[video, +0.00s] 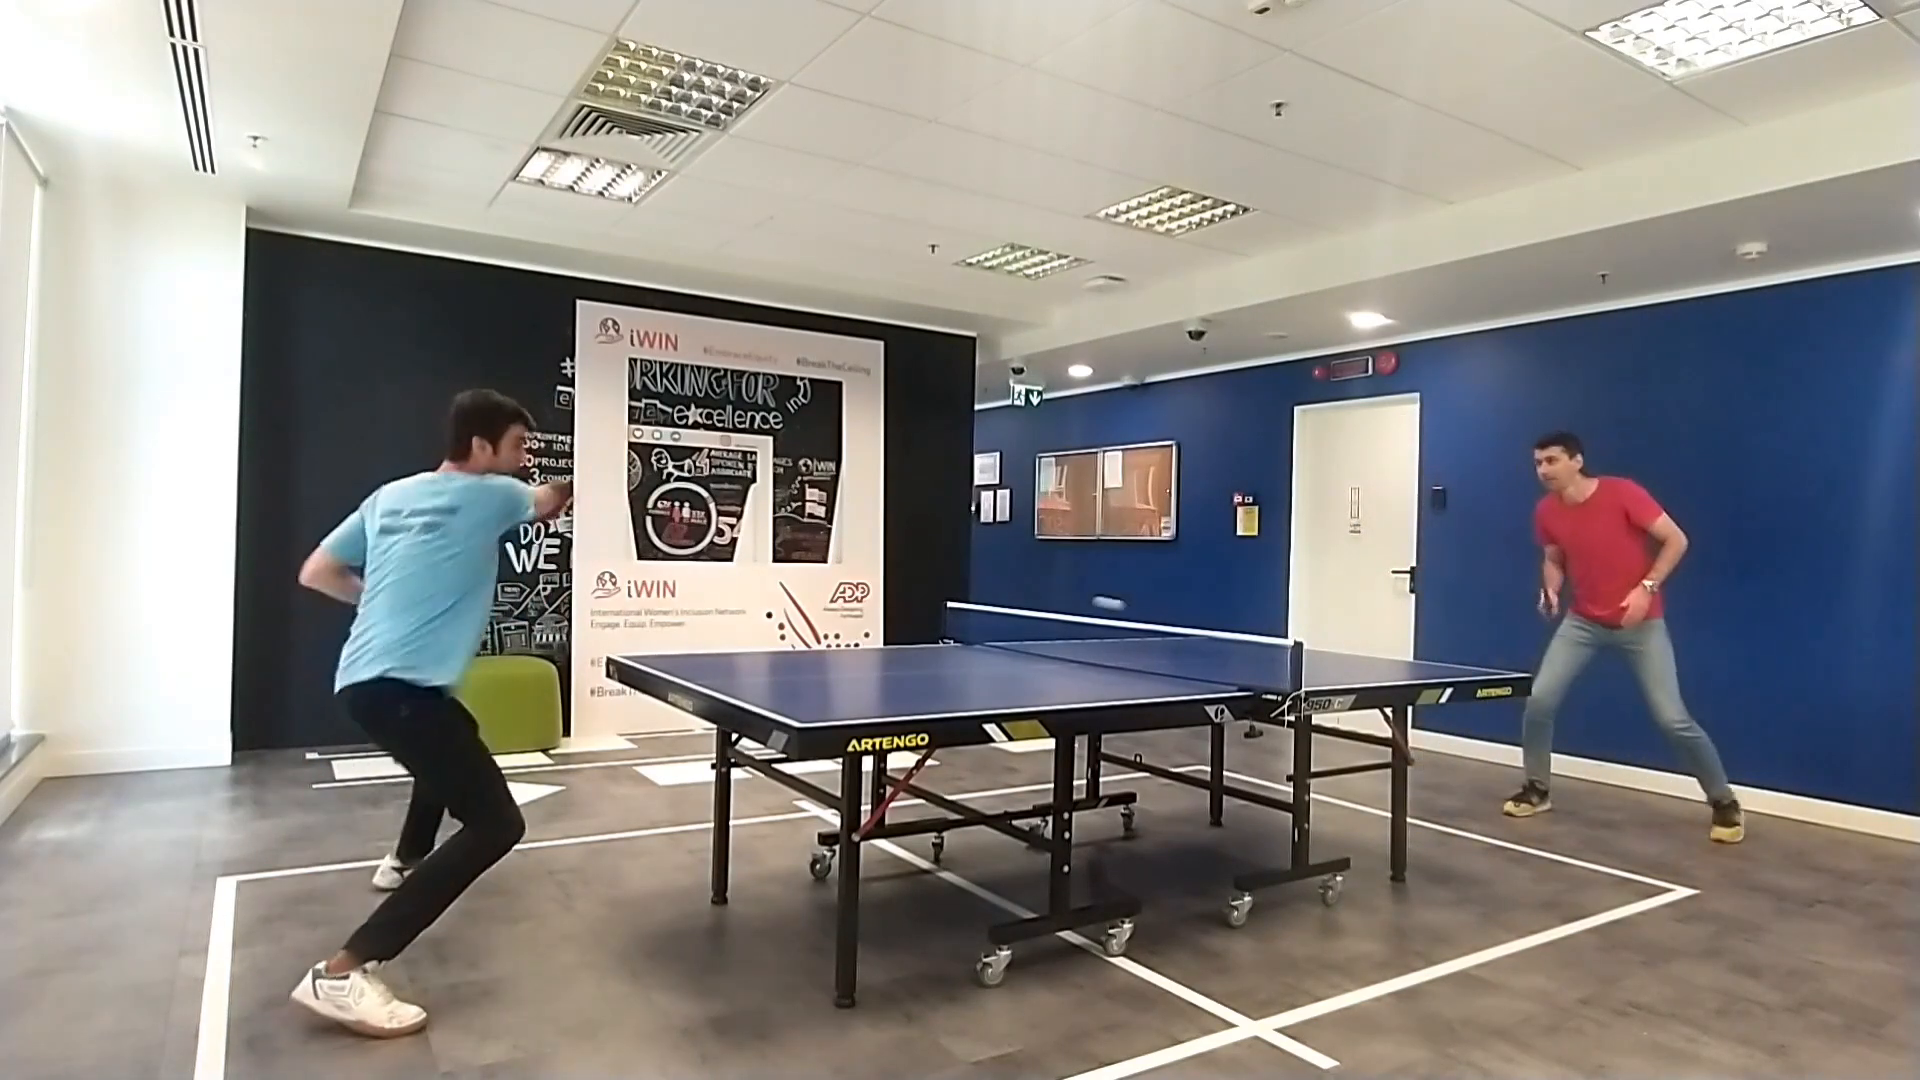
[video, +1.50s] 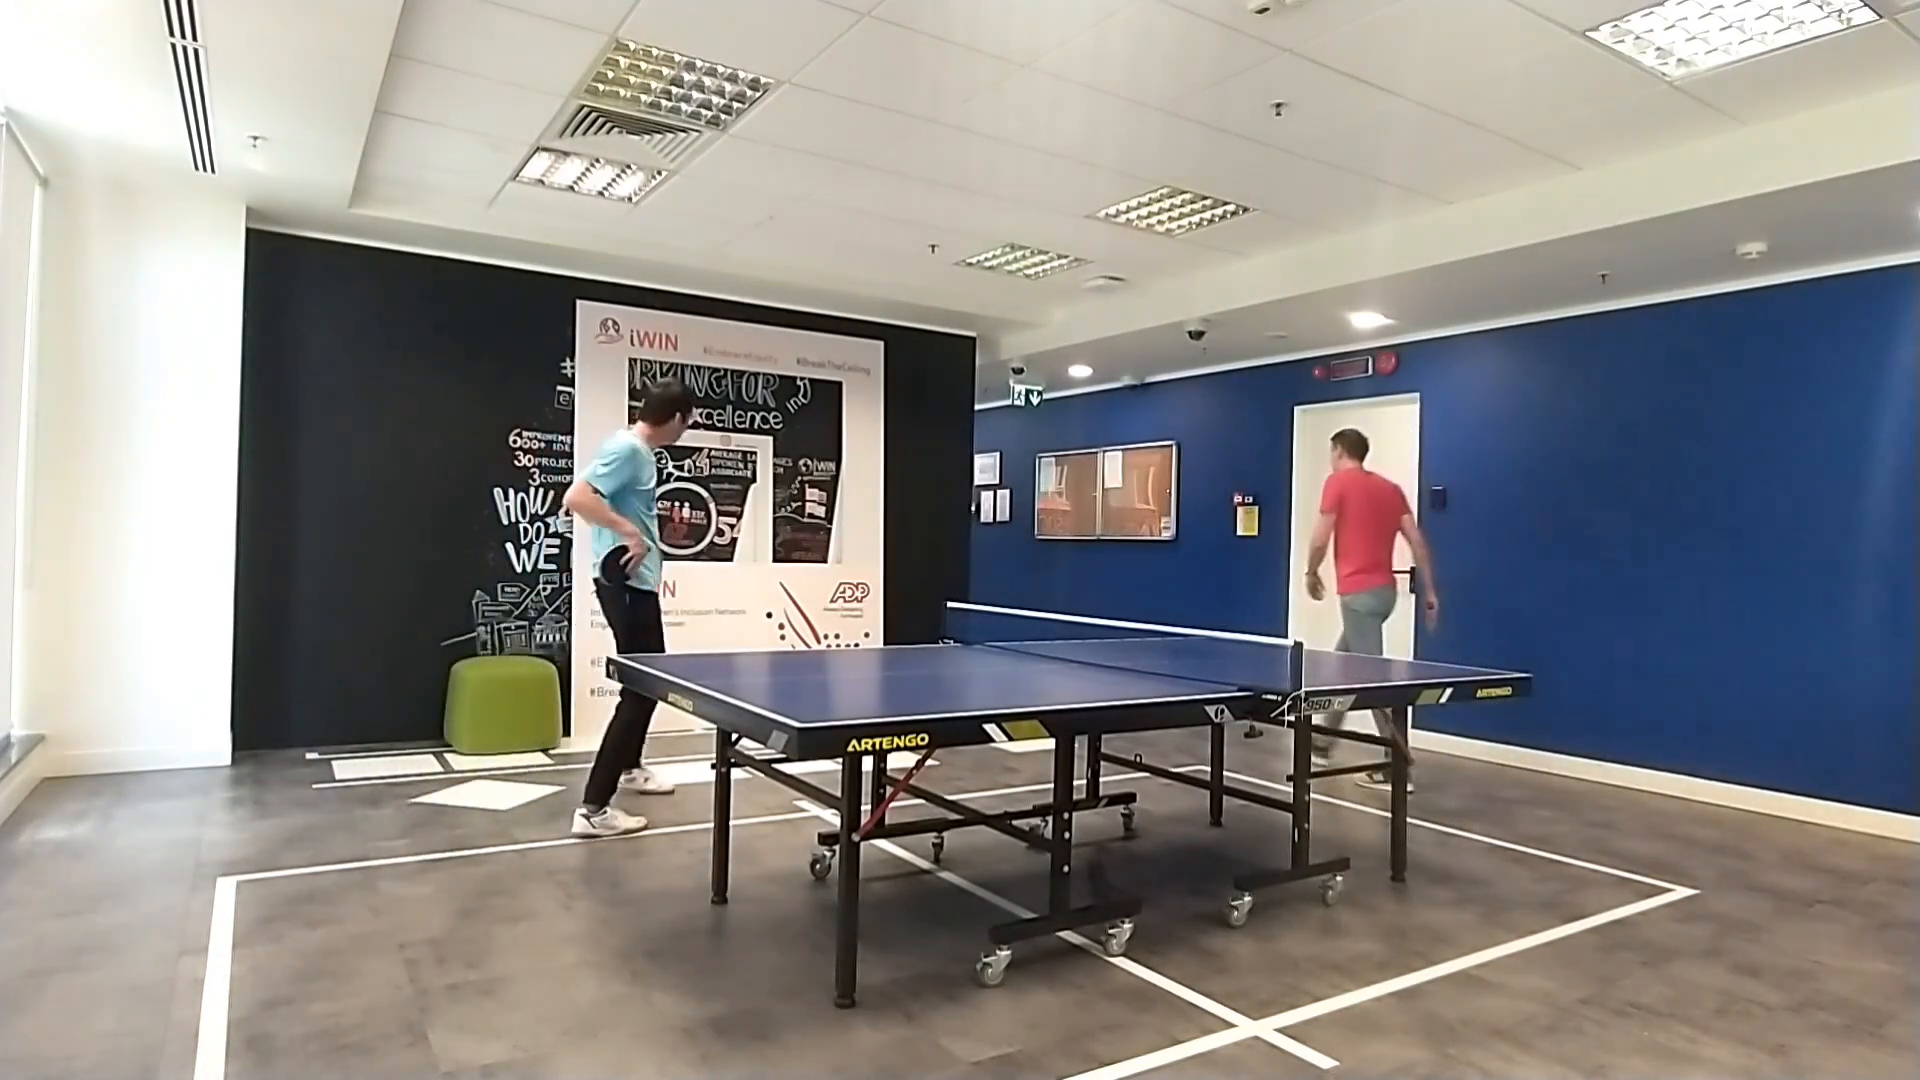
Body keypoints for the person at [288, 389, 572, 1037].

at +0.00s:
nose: (523, 458)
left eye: (525, 447)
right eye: (518, 446)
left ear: (461, 449)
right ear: (480, 446)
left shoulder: (390, 496)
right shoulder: (493, 493)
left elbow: (316, 572)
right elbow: (552, 499)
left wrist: (383, 599)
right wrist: (572, 485)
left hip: (360, 680)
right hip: (407, 684)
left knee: (452, 749)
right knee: (498, 826)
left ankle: (405, 862)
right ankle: (342, 973)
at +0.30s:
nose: (519, 422)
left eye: (518, 412)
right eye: (516, 411)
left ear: (462, 413)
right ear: (492, 410)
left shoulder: (409, 453)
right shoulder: (515, 450)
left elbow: (363, 507)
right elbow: (515, 548)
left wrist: (326, 574)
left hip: (397, 598)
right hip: (455, 592)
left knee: (437, 728)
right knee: (468, 741)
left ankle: (406, 859)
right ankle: (398, 883)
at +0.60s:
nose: (553, 392)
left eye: (553, 383)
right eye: (550, 382)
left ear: (501, 384)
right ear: (529, 382)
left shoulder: (462, 433)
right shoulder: (525, 415)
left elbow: (422, 517)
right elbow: (577, 474)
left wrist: (423, 586)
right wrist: (615, 512)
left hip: (436, 575)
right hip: (480, 571)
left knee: (437, 715)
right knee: (530, 698)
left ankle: (400, 855)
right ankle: (507, 846)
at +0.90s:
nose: (615, 414)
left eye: (616, 404)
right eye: (615, 404)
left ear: (565, 398)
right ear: (600, 400)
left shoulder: (524, 439)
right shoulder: (580, 441)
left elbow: (523, 510)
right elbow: (580, 504)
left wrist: (605, 514)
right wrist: (642, 512)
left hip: (504, 591)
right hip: (555, 591)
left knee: (485, 708)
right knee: (585, 700)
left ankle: (414, 830)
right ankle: (593, 813)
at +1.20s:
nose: (662, 407)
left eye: (662, 398)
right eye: (662, 398)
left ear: (619, 390)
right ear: (651, 396)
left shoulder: (582, 432)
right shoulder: (623, 437)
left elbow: (556, 500)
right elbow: (605, 504)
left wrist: (617, 515)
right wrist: (655, 514)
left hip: (572, 572)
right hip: (604, 574)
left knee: (604, 674)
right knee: (623, 686)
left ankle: (547, 771)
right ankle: (595, 812)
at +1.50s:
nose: (686, 428)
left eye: (687, 421)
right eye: (687, 420)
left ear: (653, 411)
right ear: (674, 418)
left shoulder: (641, 454)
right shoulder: (626, 449)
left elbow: (605, 504)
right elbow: (578, 497)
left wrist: (654, 529)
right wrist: (627, 530)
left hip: (638, 581)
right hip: (625, 581)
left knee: (651, 678)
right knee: (641, 687)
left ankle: (630, 766)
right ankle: (593, 808)